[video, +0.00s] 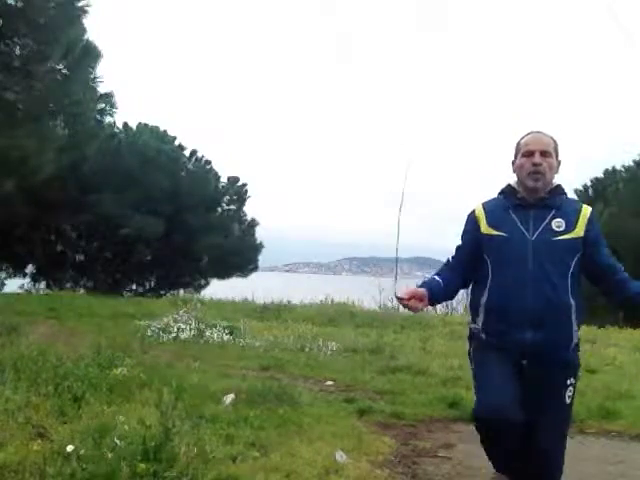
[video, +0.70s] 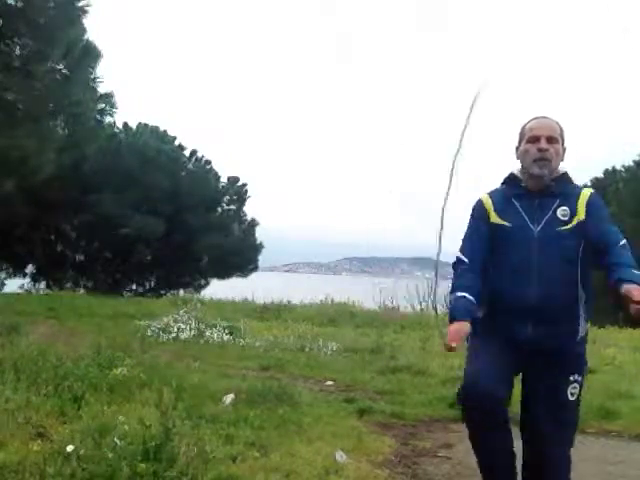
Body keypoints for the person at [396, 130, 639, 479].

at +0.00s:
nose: (537, 161)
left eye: (545, 155)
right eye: (528, 155)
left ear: (557, 165)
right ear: (514, 164)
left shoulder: (580, 218)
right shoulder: (484, 216)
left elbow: (612, 276)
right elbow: (458, 269)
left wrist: (636, 297)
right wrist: (427, 292)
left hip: (554, 351)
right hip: (494, 347)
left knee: (547, 452)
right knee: (494, 416)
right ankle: (512, 470)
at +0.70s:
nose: (542, 146)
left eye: (551, 141)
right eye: (533, 140)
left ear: (562, 153)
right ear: (518, 151)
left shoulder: (584, 202)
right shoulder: (490, 205)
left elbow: (614, 245)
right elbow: (468, 264)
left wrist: (628, 281)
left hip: (559, 340)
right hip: (497, 337)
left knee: (549, 443)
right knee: (478, 397)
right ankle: (500, 474)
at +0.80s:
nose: (541, 130)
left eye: (550, 125)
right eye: (532, 124)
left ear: (562, 134)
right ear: (517, 133)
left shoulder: (574, 169)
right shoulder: (496, 177)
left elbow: (570, 209)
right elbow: (496, 247)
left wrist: (502, 241)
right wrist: (573, 270)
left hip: (553, 311)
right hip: (499, 310)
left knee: (546, 416)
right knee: (492, 400)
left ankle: (542, 473)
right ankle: (499, 473)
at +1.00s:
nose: (534, 157)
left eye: (542, 151)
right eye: (525, 151)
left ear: (553, 161)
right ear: (510, 160)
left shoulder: (571, 202)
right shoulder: (486, 208)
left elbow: (567, 254)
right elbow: (487, 270)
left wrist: (516, 251)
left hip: (553, 332)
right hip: (497, 334)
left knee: (558, 405)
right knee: (497, 433)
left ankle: (537, 468)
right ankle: (499, 473)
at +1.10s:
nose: (537, 135)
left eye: (546, 129)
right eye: (528, 128)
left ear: (558, 139)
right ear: (512, 138)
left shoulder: (579, 194)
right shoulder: (482, 192)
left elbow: (598, 254)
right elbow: (456, 250)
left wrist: (623, 295)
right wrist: (428, 299)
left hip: (559, 328)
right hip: (498, 329)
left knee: (551, 416)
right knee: (501, 431)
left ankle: (547, 475)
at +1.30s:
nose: (540, 158)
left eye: (548, 152)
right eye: (531, 152)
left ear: (560, 163)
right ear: (515, 162)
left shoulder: (585, 215)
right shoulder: (484, 215)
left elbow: (624, 263)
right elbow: (458, 269)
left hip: (558, 343)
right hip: (494, 340)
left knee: (545, 453)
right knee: (475, 398)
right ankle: (503, 461)